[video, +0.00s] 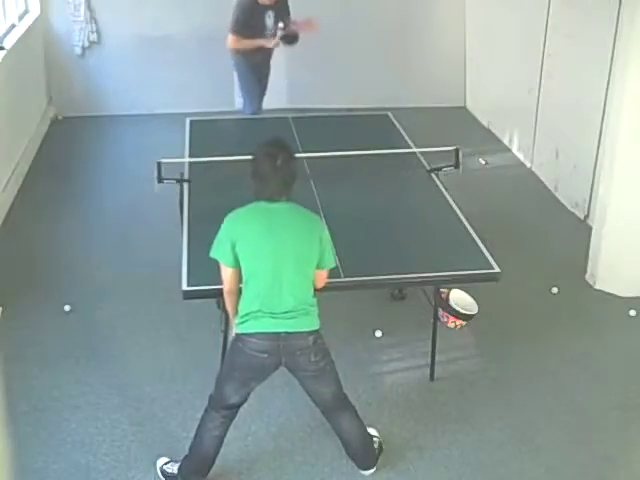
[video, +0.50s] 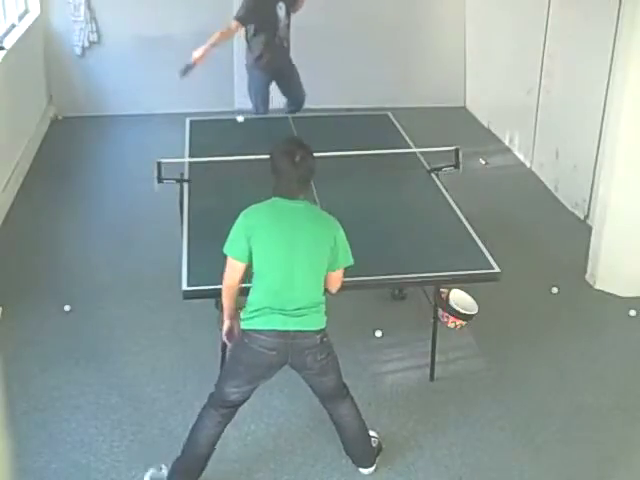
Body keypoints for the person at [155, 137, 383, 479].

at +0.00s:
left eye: (256, 171)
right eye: (285, 171)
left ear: (254, 177)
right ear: (292, 177)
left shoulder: (235, 221)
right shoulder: (313, 222)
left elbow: (230, 285)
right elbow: (320, 280)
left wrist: (236, 322)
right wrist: (290, 277)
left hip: (254, 340)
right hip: (305, 339)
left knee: (221, 409)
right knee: (336, 403)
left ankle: (189, 472)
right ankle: (367, 457)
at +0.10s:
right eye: (292, 167)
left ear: (256, 174)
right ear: (295, 175)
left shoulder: (236, 220)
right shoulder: (315, 222)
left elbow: (229, 285)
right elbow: (322, 280)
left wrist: (233, 323)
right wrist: (293, 275)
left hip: (252, 339)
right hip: (303, 339)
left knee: (220, 408)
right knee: (335, 403)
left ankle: (189, 472)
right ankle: (367, 457)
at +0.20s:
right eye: (295, 168)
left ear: (258, 174)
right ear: (297, 175)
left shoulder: (237, 219)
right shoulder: (316, 222)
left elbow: (229, 284)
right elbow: (323, 283)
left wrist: (230, 324)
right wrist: (295, 270)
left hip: (250, 338)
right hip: (300, 339)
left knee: (219, 406)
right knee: (334, 402)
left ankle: (189, 471)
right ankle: (367, 456)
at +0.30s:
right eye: (300, 168)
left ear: (264, 173)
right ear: (303, 175)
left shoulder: (242, 217)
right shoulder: (321, 223)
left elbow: (230, 283)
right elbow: (328, 284)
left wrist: (229, 324)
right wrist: (300, 268)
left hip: (250, 337)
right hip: (301, 339)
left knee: (220, 406)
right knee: (334, 401)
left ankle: (187, 471)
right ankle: (366, 456)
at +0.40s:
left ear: (271, 172)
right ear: (309, 174)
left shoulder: (249, 216)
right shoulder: (327, 223)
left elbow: (233, 281)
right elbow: (333, 285)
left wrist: (229, 323)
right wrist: (303, 268)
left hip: (256, 337)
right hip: (309, 337)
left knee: (221, 405)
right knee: (337, 398)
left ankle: (179, 470)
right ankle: (366, 457)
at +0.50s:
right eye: (309, 168)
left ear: (274, 172)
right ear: (311, 174)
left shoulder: (252, 217)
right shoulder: (328, 224)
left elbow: (231, 279)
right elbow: (334, 284)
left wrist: (228, 318)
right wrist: (307, 258)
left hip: (259, 339)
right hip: (311, 339)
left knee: (220, 407)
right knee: (337, 398)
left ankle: (179, 475)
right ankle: (365, 457)